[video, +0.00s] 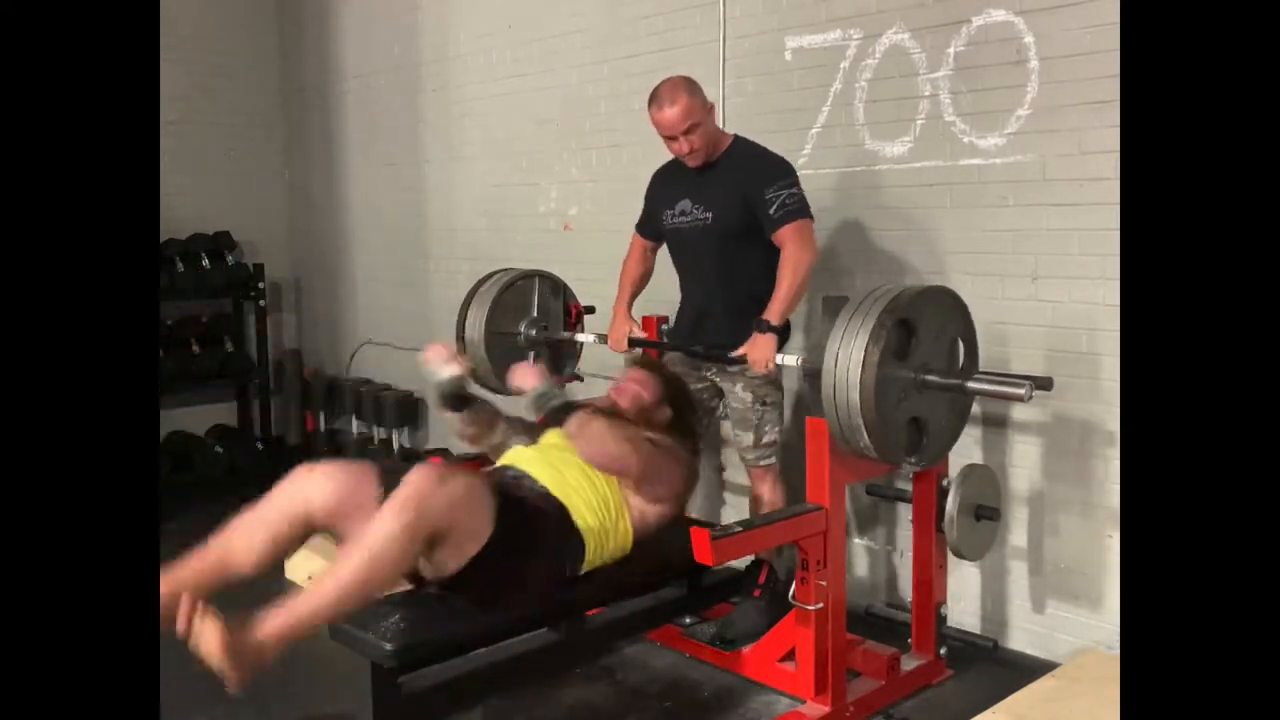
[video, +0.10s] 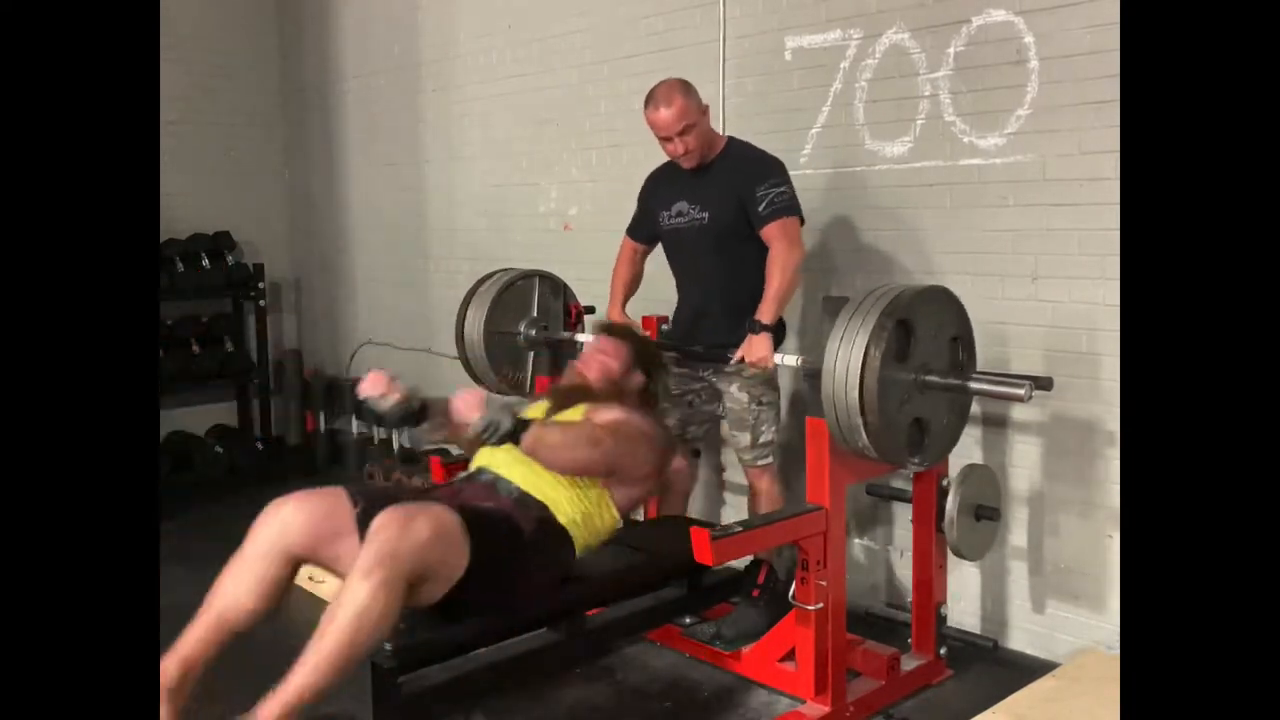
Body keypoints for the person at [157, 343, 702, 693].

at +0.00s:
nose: (620, 384)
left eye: (637, 383)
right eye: (620, 378)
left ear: (667, 411)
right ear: (614, 388)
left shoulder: (674, 460)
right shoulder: (568, 433)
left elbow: (610, 448)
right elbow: (490, 438)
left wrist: (553, 398)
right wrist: (456, 389)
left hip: (535, 552)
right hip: (461, 518)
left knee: (435, 483)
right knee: (319, 480)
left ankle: (257, 645)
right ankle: (170, 590)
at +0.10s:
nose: (587, 359)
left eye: (604, 356)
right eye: (586, 350)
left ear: (634, 379)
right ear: (576, 357)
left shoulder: (640, 431)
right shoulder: (544, 406)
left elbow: (581, 452)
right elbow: (467, 429)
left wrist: (504, 424)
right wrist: (405, 406)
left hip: (524, 542)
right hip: (449, 512)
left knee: (398, 532)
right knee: (289, 516)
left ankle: (274, 710)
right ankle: (171, 682)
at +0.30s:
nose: (506, 325)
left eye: (525, 315)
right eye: (505, 314)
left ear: (569, 333)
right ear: (497, 321)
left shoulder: (579, 386)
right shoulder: (482, 376)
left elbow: (533, 452)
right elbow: (410, 411)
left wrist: (428, 473)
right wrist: (339, 435)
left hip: (507, 532)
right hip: (426, 514)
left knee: (374, 578)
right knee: (260, 546)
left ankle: (334, 714)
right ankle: (222, 710)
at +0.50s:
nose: (423, 322)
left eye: (442, 307)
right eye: (422, 307)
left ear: (492, 310)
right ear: (418, 307)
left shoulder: (518, 369)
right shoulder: (418, 358)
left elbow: (474, 463)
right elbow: (341, 414)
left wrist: (369, 501)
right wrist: (268, 457)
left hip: (482, 542)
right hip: (398, 527)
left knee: (361, 611)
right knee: (246, 569)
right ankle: (273, 714)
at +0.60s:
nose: (375, 327)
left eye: (393, 311)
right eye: (372, 312)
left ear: (443, 309)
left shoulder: (480, 364)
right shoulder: (382, 358)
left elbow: (438, 455)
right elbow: (296, 406)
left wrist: (328, 493)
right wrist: (213, 440)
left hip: (476, 540)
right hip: (390, 527)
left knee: (354, 629)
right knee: (244, 580)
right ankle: (290, 713)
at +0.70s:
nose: (320, 339)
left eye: (340, 320)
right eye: (315, 323)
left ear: (392, 313)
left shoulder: (438, 368)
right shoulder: (352, 349)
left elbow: (358, 433)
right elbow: (247, 379)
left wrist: (264, 454)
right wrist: (175, 398)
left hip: (460, 548)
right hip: (372, 541)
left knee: (349, 646)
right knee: (242, 598)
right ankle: (299, 714)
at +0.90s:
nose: (233, 318)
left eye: (251, 298)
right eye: (227, 300)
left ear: (305, 286)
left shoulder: (357, 335)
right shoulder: (287, 325)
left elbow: (310, 399)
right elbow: (198, 356)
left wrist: (180, 414)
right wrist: (164, 362)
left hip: (421, 512)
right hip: (335, 510)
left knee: (331, 661)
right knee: (224, 612)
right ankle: (297, 716)